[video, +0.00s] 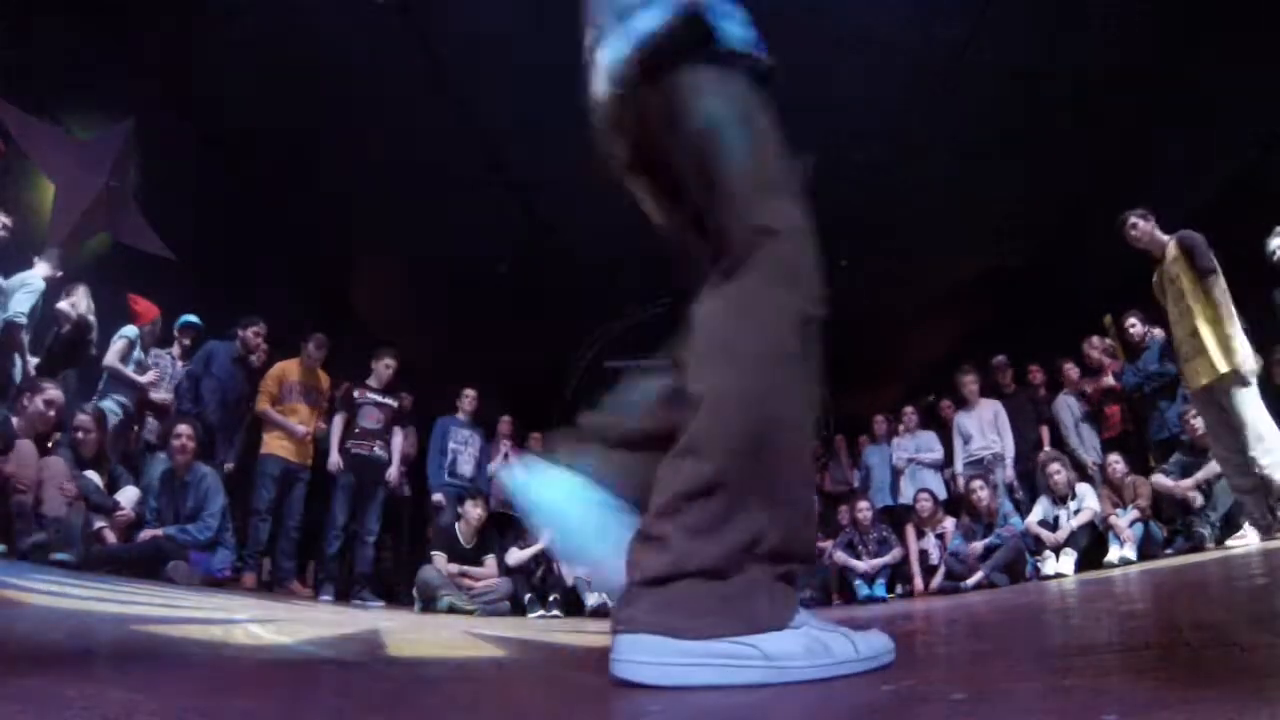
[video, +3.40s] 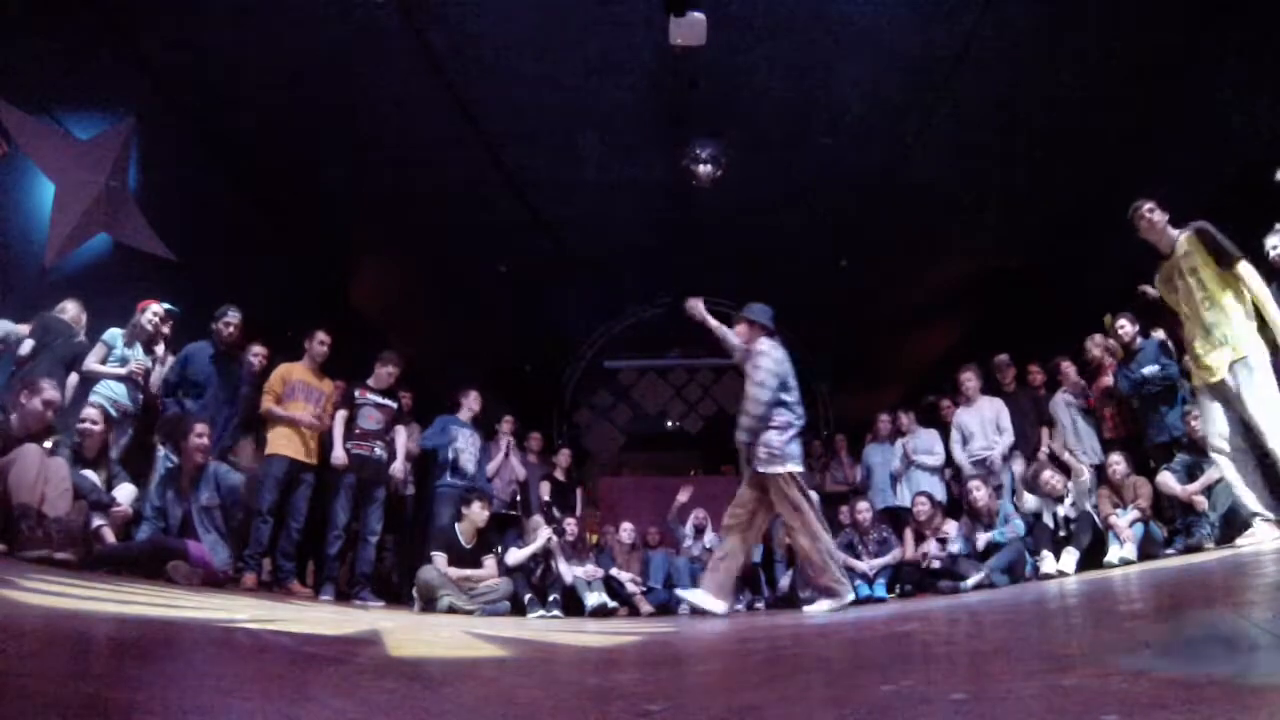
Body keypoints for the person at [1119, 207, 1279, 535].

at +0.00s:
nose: (1133, 234)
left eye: (1135, 225)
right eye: (1128, 233)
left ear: (1151, 220)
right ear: (1131, 243)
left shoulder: (1187, 243)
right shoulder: (1158, 280)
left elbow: (1218, 296)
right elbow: (1179, 326)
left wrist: (1238, 351)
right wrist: (1188, 374)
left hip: (1226, 362)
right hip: (1197, 377)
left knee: (1262, 448)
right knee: (1230, 457)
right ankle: (1261, 523)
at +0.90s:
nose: (1162, 203)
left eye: (1166, 194)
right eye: (1156, 200)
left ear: (1184, 195)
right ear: (1157, 213)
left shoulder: (1228, 227)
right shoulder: (1165, 258)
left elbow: (1268, 267)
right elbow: (1172, 306)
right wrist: (1189, 344)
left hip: (1265, 337)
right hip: (1219, 356)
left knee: (1279, 422)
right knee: (1249, 437)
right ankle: (1269, 515)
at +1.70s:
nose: (1145, 218)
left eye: (1149, 209)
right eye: (1141, 215)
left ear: (1166, 207)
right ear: (1141, 226)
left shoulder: (1200, 234)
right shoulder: (1156, 273)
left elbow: (1226, 286)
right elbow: (1164, 331)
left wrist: (1225, 347)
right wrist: (1167, 390)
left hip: (1242, 351)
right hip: (1204, 370)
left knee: (1274, 435)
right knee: (1237, 452)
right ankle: (1268, 513)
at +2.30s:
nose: (1147, 220)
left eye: (1148, 213)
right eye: (1140, 221)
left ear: (1161, 214)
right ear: (1139, 235)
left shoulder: (1198, 227)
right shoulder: (1158, 279)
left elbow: (1233, 261)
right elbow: (1177, 330)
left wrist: (1254, 307)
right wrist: (1190, 379)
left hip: (1248, 331)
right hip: (1211, 355)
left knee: (1276, 411)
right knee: (1244, 436)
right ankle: (1267, 516)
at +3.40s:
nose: (1147, 218)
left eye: (1150, 211)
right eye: (1140, 218)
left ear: (1165, 214)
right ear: (1139, 233)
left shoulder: (1198, 234)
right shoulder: (1162, 280)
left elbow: (1248, 275)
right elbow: (1188, 320)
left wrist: (1275, 326)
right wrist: (1192, 355)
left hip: (1241, 346)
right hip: (1204, 364)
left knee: (1270, 434)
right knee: (1219, 441)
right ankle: (1265, 515)